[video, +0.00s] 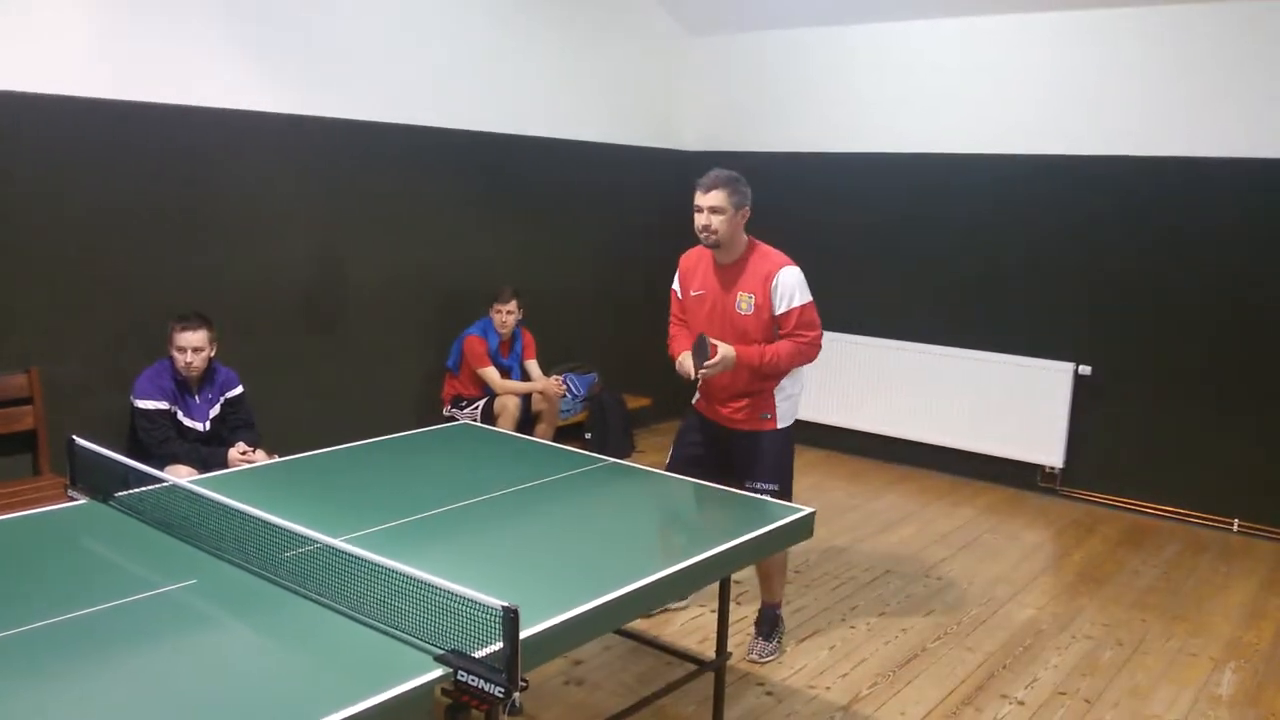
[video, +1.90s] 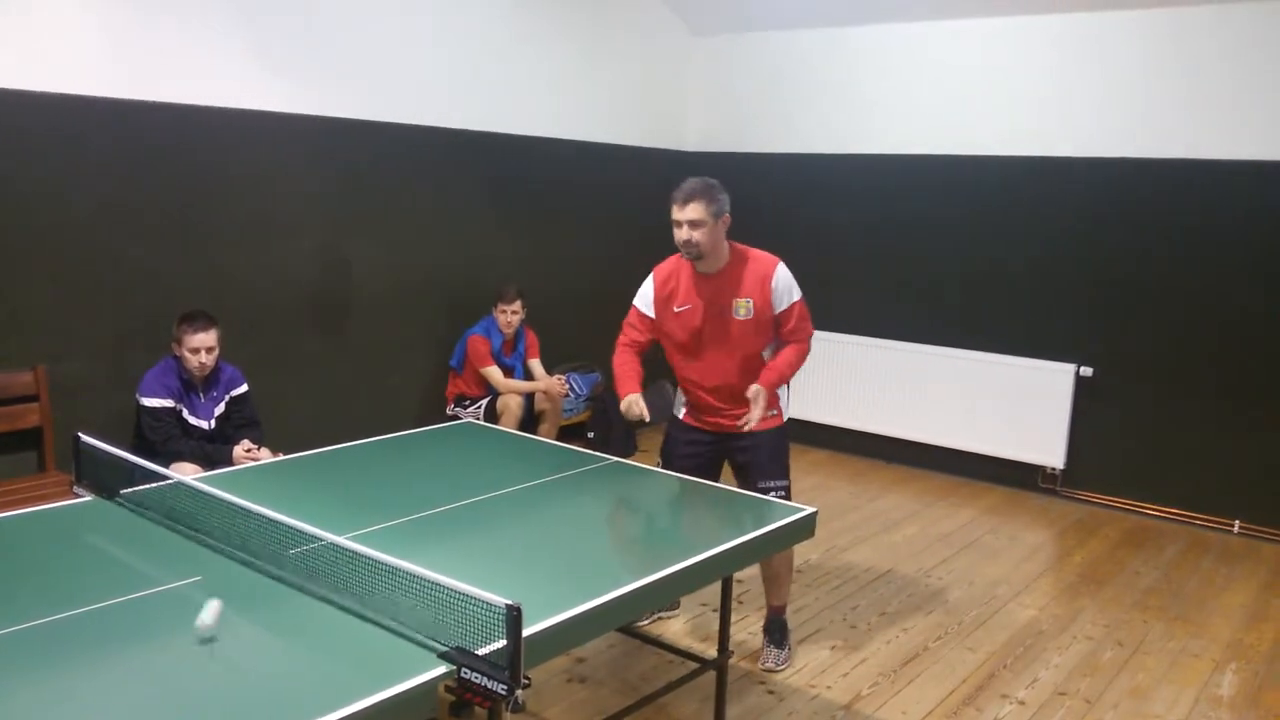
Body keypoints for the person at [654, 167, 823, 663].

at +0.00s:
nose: (704, 221)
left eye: (715, 212)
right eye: (698, 211)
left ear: (744, 215)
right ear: (694, 213)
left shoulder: (779, 273)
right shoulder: (691, 263)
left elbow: (807, 343)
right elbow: (678, 326)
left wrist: (739, 356)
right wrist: (684, 354)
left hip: (762, 423)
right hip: (704, 414)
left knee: (767, 523)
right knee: (674, 500)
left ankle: (769, 618)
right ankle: (674, 580)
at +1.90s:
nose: (684, 235)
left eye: (695, 225)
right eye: (678, 225)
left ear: (724, 223)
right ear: (671, 226)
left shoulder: (767, 273)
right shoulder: (662, 280)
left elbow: (799, 336)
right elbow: (628, 344)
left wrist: (766, 383)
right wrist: (629, 390)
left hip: (758, 423)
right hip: (694, 419)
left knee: (774, 522)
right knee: (667, 509)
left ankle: (776, 625)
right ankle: (664, 590)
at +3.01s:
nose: (620, 236)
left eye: (627, 226)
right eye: (619, 227)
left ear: (659, 222)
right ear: (645, 226)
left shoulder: (724, 261)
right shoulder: (634, 285)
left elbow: (771, 321)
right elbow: (599, 338)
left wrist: (711, 339)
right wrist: (536, 360)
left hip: (742, 420)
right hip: (682, 418)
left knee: (747, 530)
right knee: (662, 512)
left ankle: (755, 638)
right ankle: (674, 594)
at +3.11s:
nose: (627, 230)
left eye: (635, 220)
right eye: (624, 222)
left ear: (668, 218)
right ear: (631, 226)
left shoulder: (727, 260)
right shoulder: (631, 273)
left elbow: (767, 323)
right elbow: (587, 309)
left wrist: (718, 332)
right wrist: (528, 328)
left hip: (731, 424)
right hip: (670, 424)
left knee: (747, 529)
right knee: (656, 516)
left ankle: (754, 636)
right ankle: (672, 595)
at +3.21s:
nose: (637, 224)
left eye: (646, 214)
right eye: (632, 216)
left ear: (678, 216)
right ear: (634, 221)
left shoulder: (729, 262)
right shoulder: (634, 269)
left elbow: (764, 328)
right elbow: (592, 302)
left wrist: (725, 332)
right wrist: (553, 320)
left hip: (725, 421)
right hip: (665, 421)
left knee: (740, 525)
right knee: (649, 515)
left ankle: (749, 635)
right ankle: (669, 592)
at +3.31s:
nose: (649, 217)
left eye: (659, 207)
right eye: (644, 209)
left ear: (688, 209)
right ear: (641, 215)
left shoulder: (733, 262)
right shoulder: (632, 269)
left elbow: (761, 326)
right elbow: (605, 341)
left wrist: (731, 339)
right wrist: (586, 329)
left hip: (723, 422)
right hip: (660, 421)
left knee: (739, 526)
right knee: (647, 515)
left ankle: (749, 634)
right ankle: (670, 595)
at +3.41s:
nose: (668, 210)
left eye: (678, 200)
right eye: (661, 202)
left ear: (703, 204)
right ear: (654, 208)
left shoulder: (741, 259)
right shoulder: (641, 268)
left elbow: (765, 324)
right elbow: (632, 335)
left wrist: (737, 344)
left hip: (722, 419)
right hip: (658, 422)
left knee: (741, 521)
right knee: (648, 514)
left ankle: (751, 626)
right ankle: (667, 596)